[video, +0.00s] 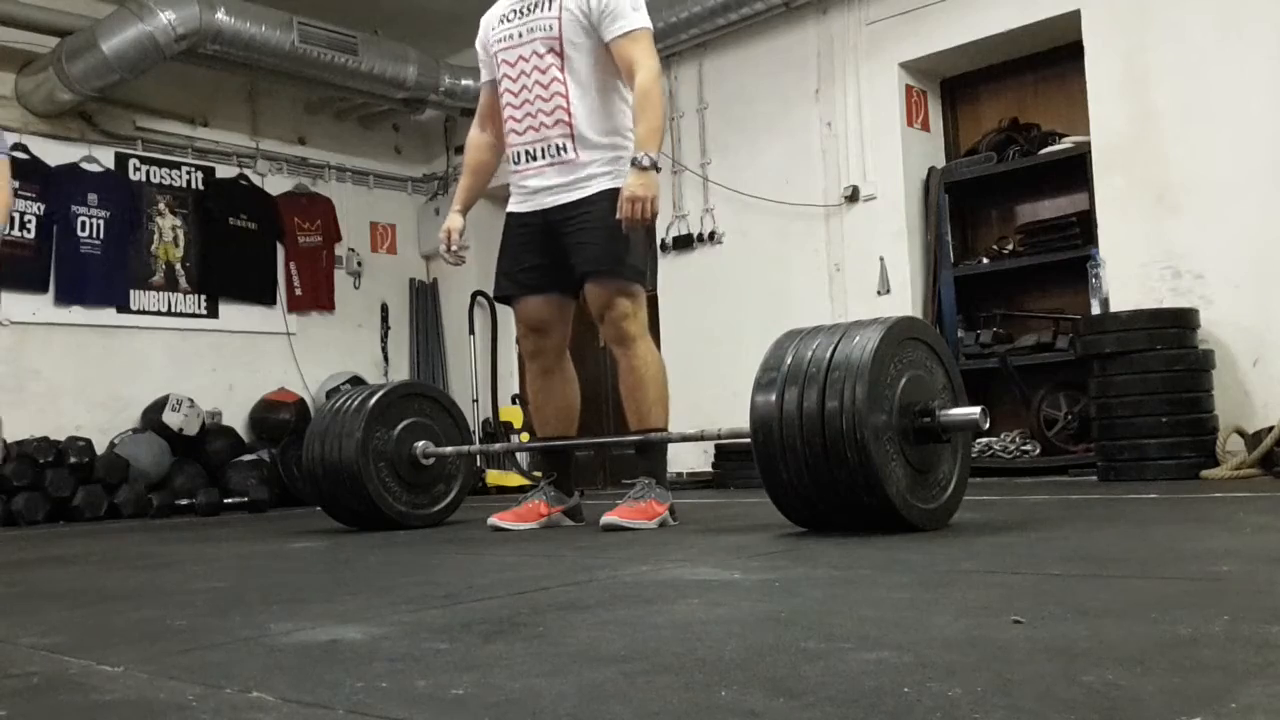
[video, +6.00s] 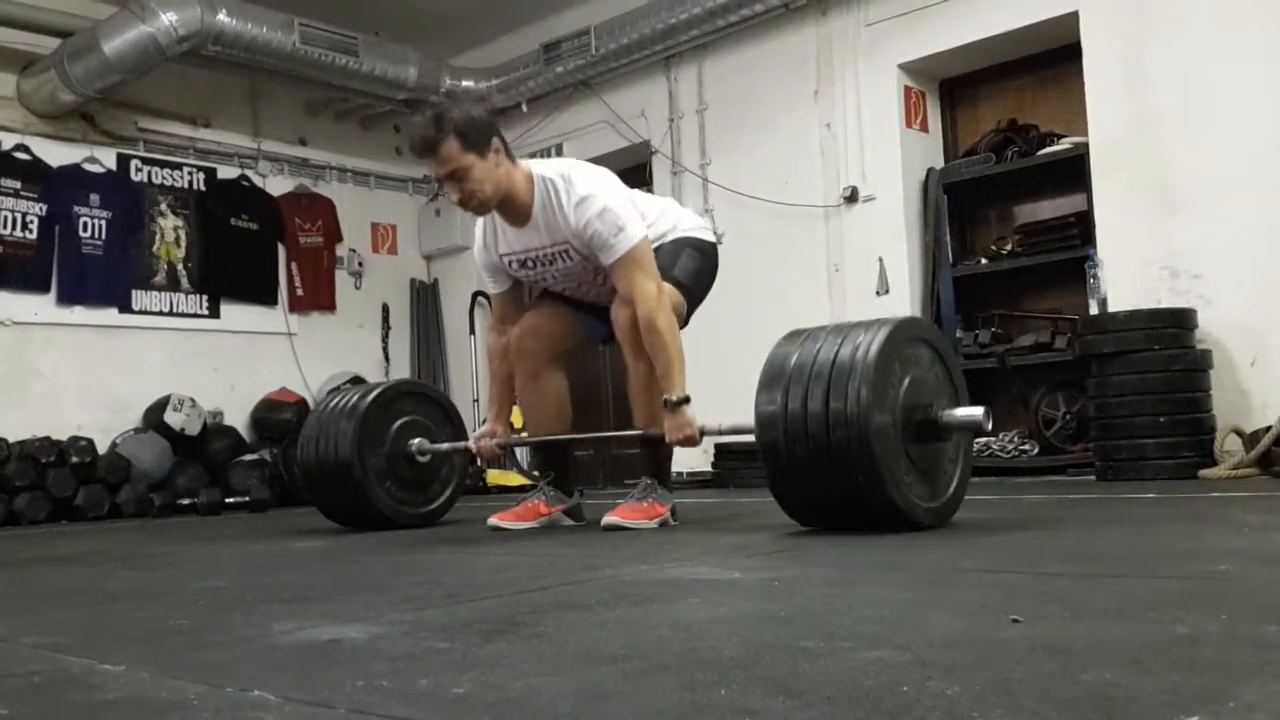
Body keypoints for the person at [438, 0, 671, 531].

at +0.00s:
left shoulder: (598, 0)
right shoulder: (492, 23)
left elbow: (645, 71)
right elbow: (487, 128)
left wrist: (644, 165)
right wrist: (458, 208)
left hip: (602, 184)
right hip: (529, 199)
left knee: (621, 321)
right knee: (537, 336)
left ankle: (652, 485)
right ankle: (557, 490)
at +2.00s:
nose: (467, 168)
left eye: (476, 148)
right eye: (457, 156)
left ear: (518, 141)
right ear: (452, 160)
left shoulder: (594, 205)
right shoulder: (495, 239)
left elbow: (654, 300)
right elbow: (508, 334)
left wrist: (669, 406)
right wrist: (497, 422)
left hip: (684, 297)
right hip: (597, 321)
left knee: (613, 326)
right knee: (511, 348)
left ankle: (651, 489)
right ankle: (557, 494)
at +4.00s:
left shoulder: (648, 11)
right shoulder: (553, 43)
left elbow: (659, 93)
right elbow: (527, 138)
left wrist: (663, 171)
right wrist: (488, 224)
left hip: (615, 185)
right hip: (542, 198)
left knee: (632, 322)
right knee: (549, 335)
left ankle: (652, 488)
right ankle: (558, 492)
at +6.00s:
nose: (455, 193)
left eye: (459, 175)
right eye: (443, 184)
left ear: (497, 152)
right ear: (438, 185)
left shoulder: (584, 196)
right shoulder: (490, 237)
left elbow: (649, 298)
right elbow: (505, 328)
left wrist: (676, 402)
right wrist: (499, 418)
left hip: (676, 245)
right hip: (597, 278)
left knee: (631, 316)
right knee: (528, 341)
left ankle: (656, 490)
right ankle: (558, 493)